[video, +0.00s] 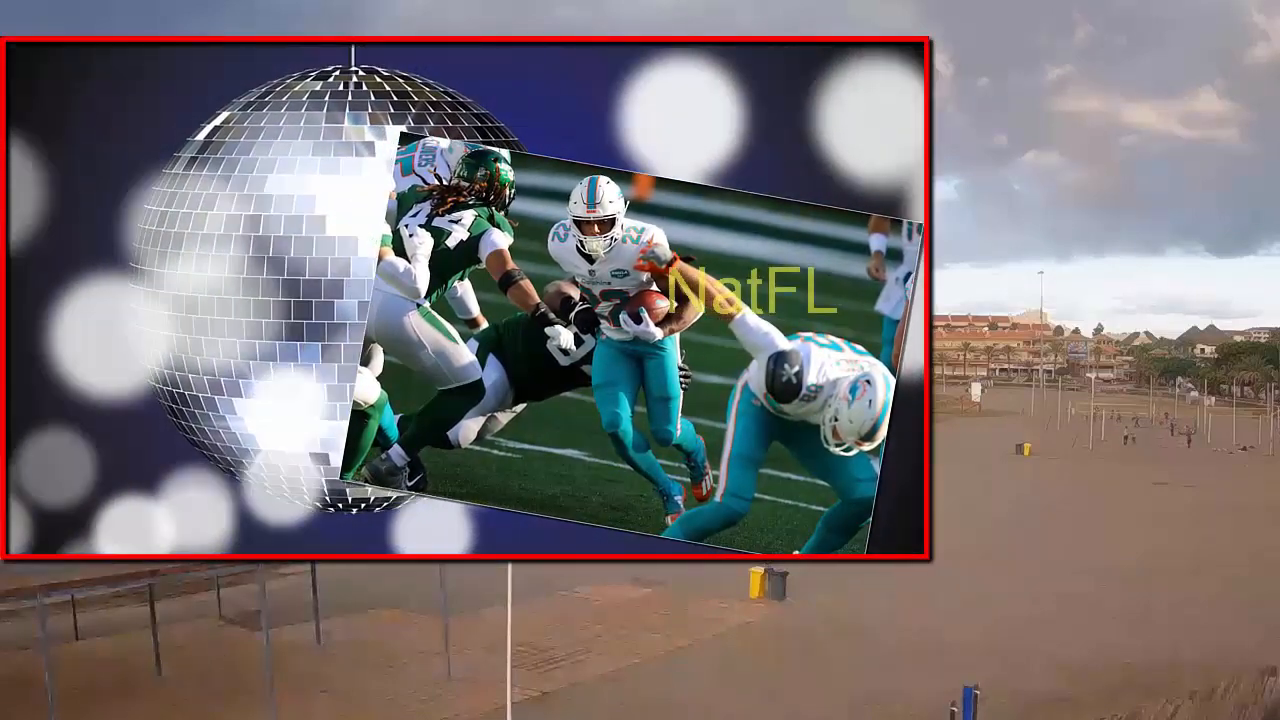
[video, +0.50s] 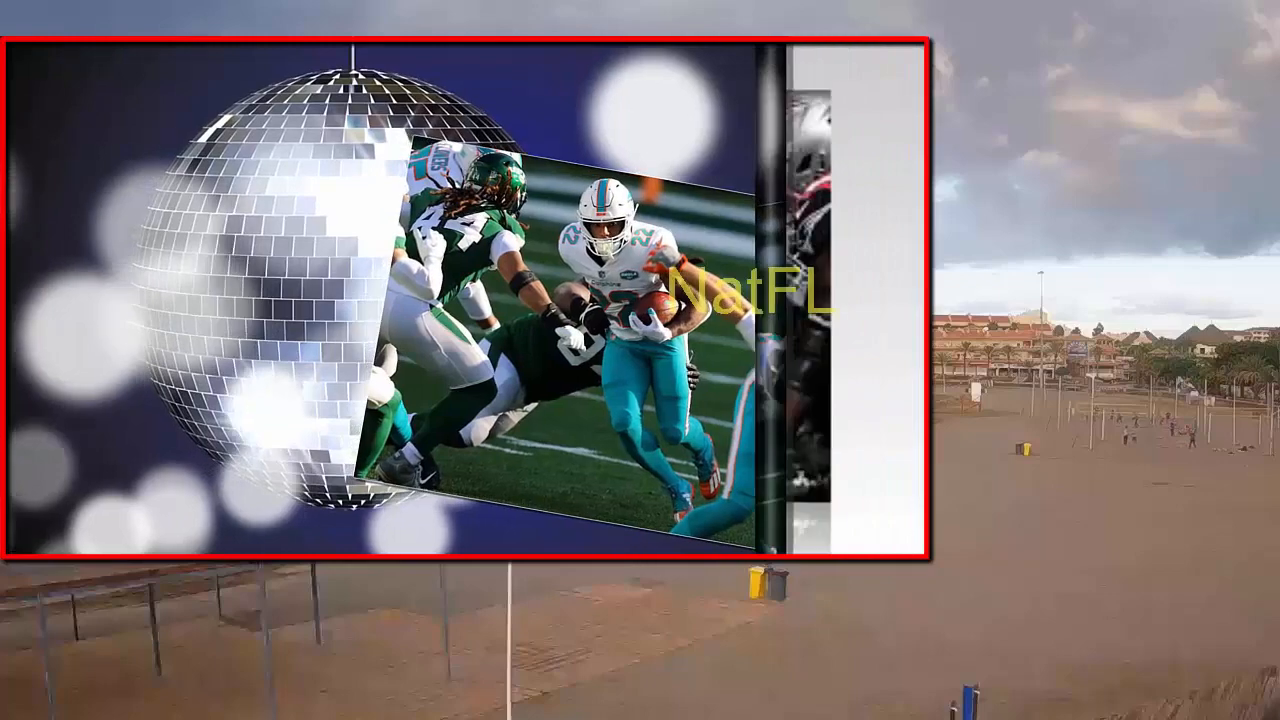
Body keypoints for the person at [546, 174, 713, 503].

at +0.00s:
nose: (594, 231)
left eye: (602, 223)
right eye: (585, 223)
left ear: (618, 218)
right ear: (573, 220)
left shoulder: (648, 242)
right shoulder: (561, 241)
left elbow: (696, 298)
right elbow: (583, 280)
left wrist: (662, 331)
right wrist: (582, 308)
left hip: (657, 341)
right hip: (610, 341)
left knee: (665, 432)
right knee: (616, 425)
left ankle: (697, 452)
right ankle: (670, 491)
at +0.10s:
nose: (595, 232)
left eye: (604, 223)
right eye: (587, 224)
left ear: (620, 218)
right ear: (576, 220)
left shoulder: (650, 243)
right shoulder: (562, 242)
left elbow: (697, 301)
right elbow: (588, 281)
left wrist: (664, 331)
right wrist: (592, 308)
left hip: (660, 343)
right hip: (614, 342)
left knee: (667, 433)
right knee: (617, 426)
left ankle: (698, 458)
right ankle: (671, 491)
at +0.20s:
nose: (597, 232)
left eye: (605, 224)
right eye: (589, 225)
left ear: (621, 218)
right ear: (577, 221)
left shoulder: (652, 243)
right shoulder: (565, 243)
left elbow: (699, 302)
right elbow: (590, 282)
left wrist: (665, 332)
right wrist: (590, 310)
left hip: (662, 343)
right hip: (615, 342)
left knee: (669, 432)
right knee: (619, 426)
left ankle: (701, 459)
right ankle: (673, 491)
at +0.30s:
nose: (599, 232)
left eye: (607, 224)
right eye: (591, 225)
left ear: (623, 219)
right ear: (580, 221)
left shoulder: (654, 243)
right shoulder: (566, 243)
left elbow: (700, 302)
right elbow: (591, 282)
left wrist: (667, 332)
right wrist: (590, 310)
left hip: (663, 343)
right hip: (617, 342)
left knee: (670, 432)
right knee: (621, 426)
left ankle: (702, 458)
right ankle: (675, 490)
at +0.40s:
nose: (601, 233)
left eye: (609, 225)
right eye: (593, 225)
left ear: (625, 219)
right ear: (582, 221)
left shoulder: (655, 244)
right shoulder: (569, 243)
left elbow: (700, 304)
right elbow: (590, 282)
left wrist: (668, 332)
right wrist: (591, 309)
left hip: (665, 343)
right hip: (619, 342)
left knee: (672, 431)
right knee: (623, 425)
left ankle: (703, 455)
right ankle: (677, 490)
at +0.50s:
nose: (603, 233)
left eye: (611, 225)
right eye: (595, 226)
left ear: (627, 219)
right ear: (584, 222)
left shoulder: (657, 243)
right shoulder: (571, 243)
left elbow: (701, 304)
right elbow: (592, 282)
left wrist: (669, 332)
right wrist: (592, 310)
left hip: (667, 343)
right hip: (621, 342)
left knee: (673, 431)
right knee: (625, 425)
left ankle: (704, 454)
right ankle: (678, 490)